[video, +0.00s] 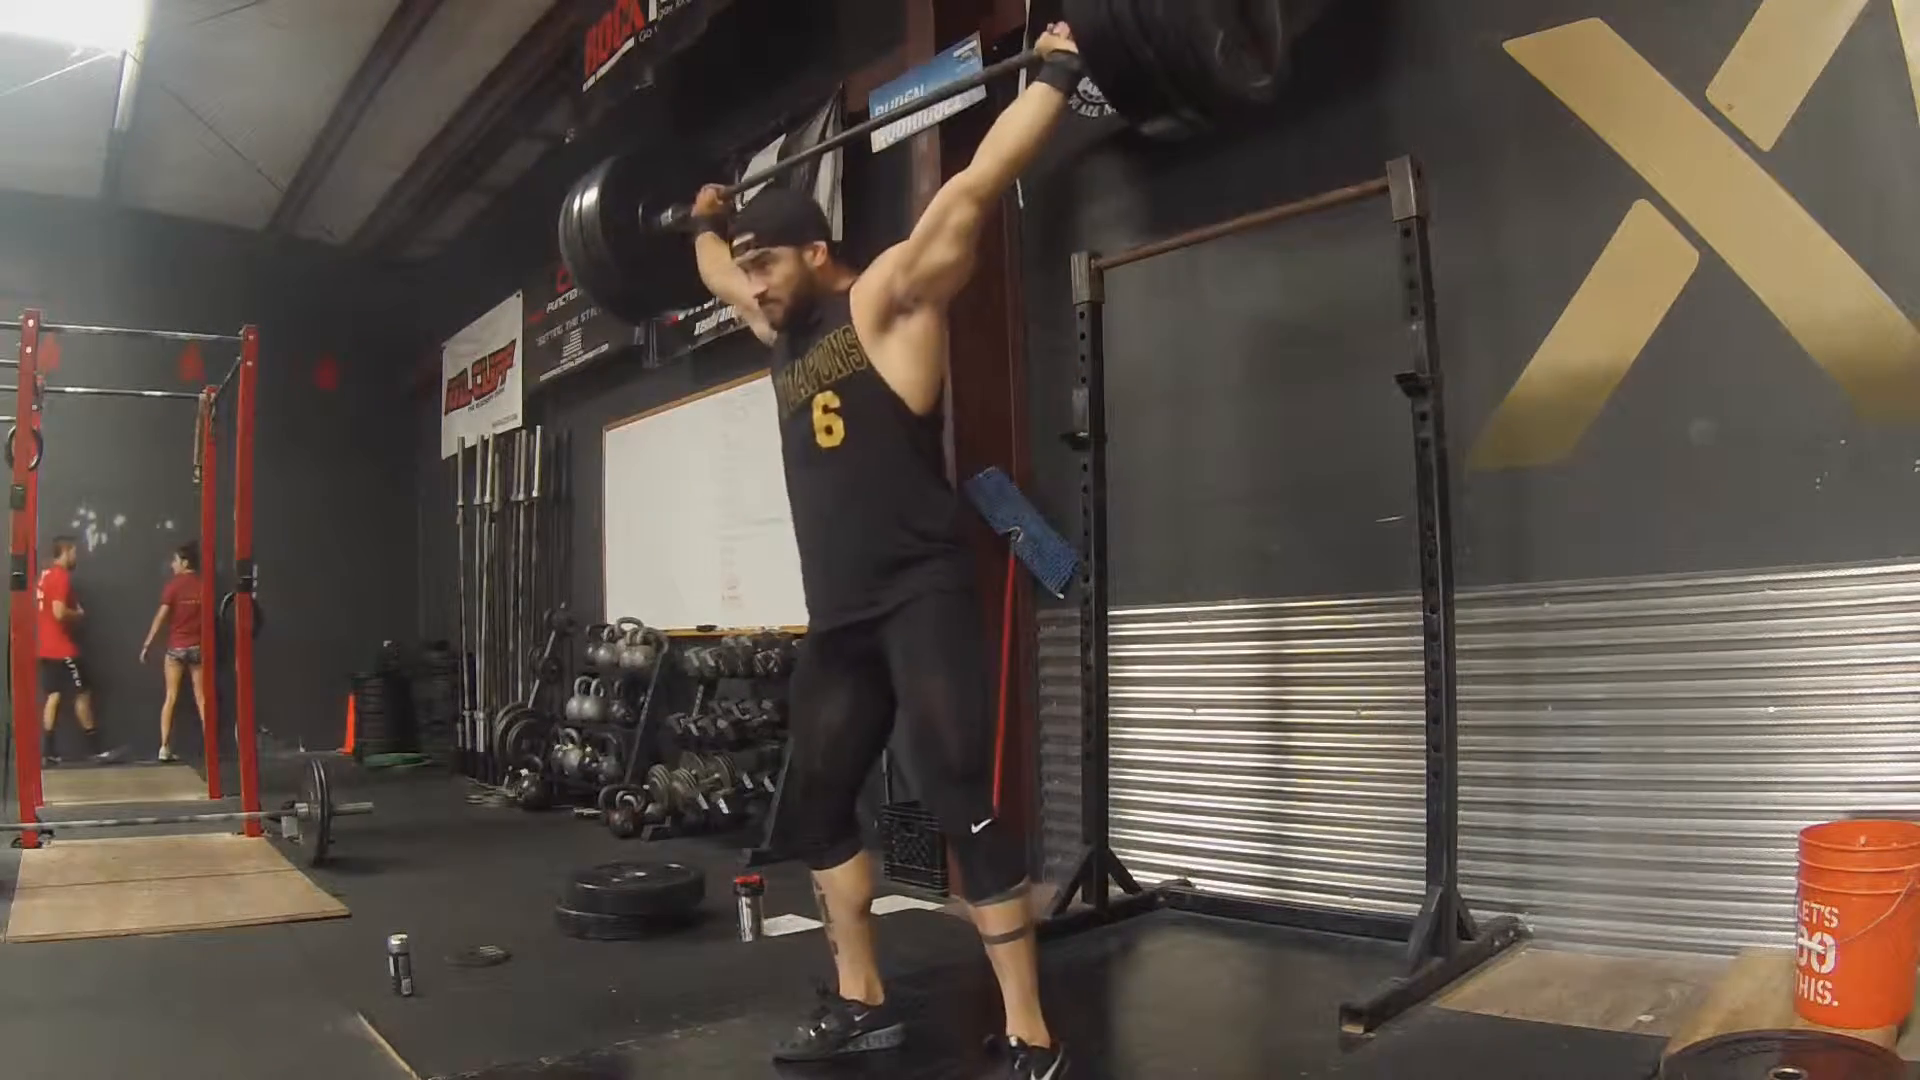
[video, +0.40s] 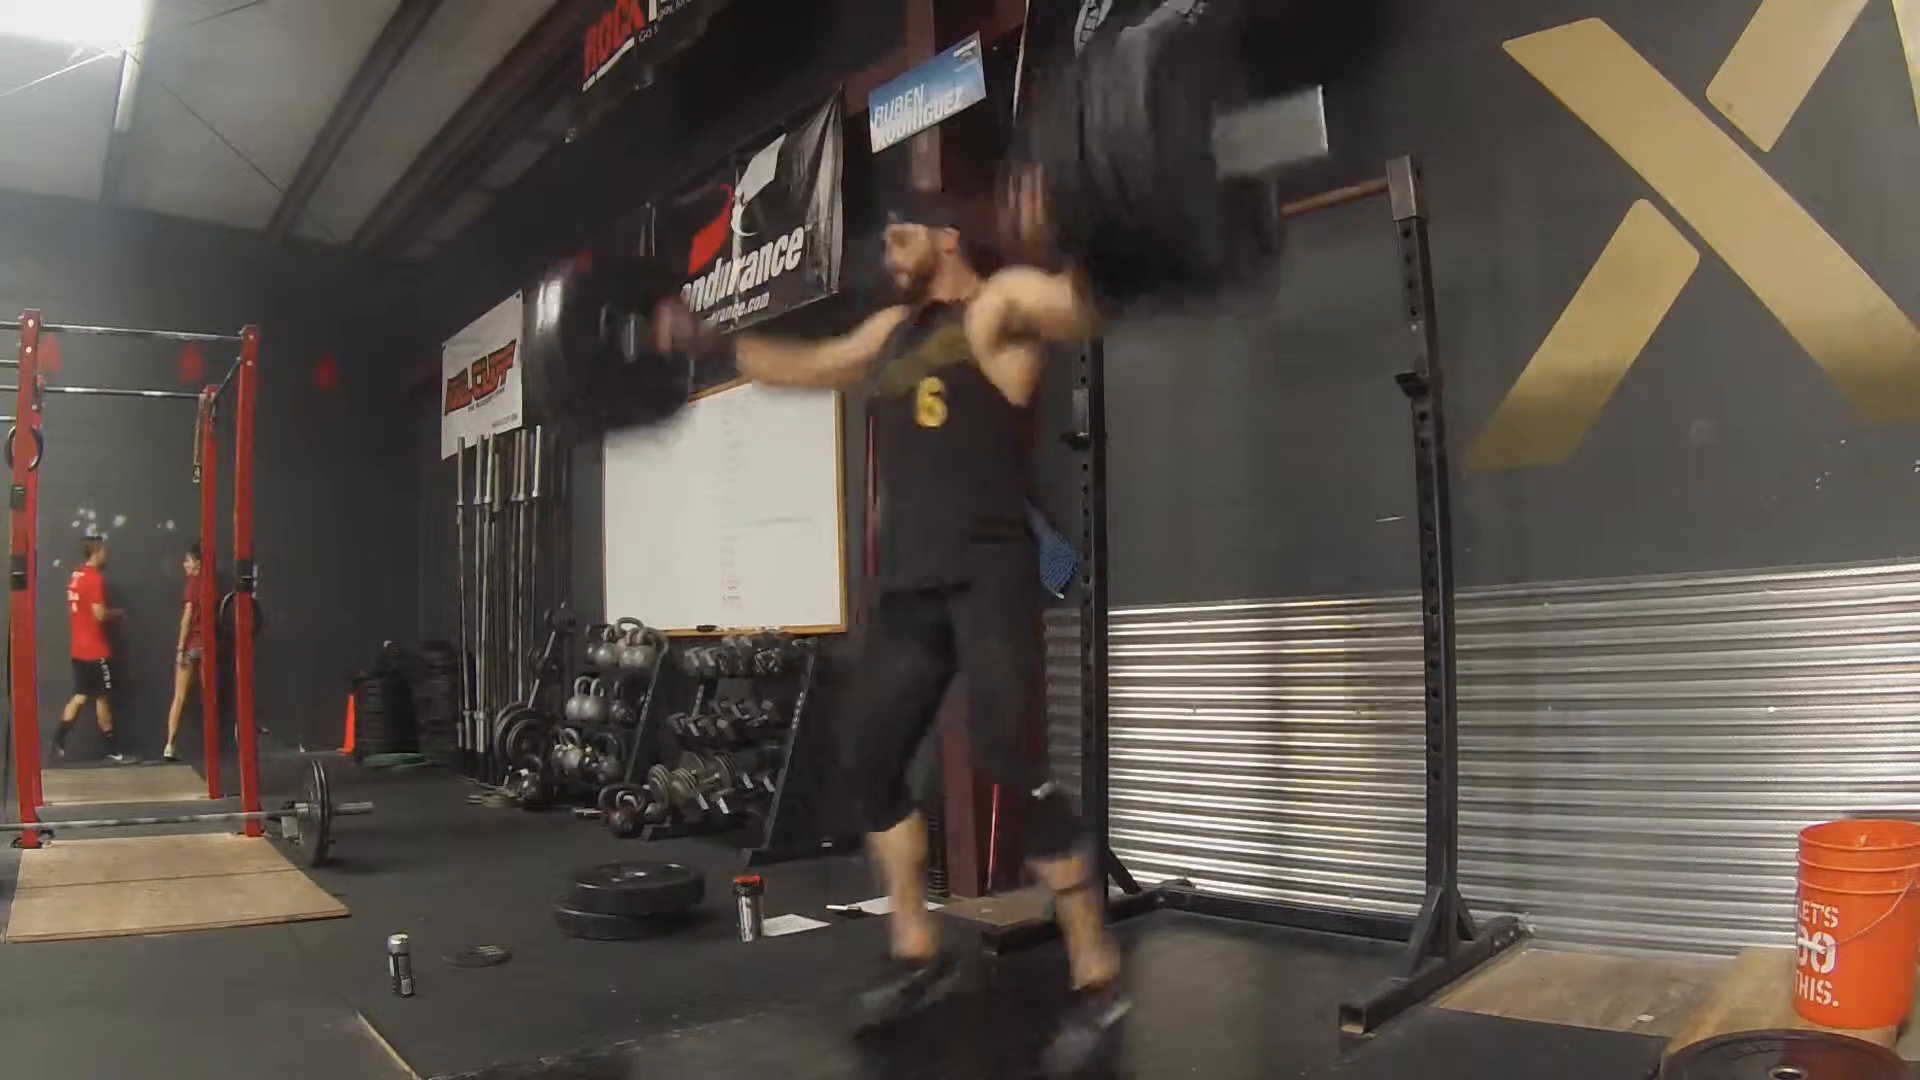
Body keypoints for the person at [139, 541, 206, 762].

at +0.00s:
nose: (172, 564)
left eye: (175, 560)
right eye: (173, 560)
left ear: (185, 562)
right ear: (192, 562)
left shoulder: (174, 585)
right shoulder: (204, 586)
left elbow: (161, 615)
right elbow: (210, 615)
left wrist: (147, 643)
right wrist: (209, 640)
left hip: (176, 645)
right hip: (199, 644)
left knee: (170, 696)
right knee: (202, 696)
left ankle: (164, 745)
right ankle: (210, 745)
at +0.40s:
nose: (185, 565)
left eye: (188, 561)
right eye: (185, 560)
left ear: (198, 563)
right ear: (201, 563)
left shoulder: (194, 583)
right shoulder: (212, 583)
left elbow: (188, 615)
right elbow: (216, 615)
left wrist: (180, 646)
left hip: (191, 645)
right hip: (208, 644)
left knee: (179, 696)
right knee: (211, 695)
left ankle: (170, 743)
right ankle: (216, 743)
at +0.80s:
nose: (191, 567)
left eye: (193, 563)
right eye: (191, 562)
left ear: (202, 564)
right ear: (203, 564)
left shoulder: (198, 583)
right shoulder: (215, 583)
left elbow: (194, 611)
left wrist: (183, 643)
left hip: (199, 643)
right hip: (215, 642)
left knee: (192, 693)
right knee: (214, 692)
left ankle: (208, 742)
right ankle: (215, 741)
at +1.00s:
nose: (191, 568)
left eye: (194, 563)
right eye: (191, 564)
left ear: (203, 565)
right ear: (205, 565)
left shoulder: (199, 586)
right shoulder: (216, 586)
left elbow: (194, 615)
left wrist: (182, 644)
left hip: (199, 646)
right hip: (214, 644)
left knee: (201, 696)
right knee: (213, 696)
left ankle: (211, 747)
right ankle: (215, 745)